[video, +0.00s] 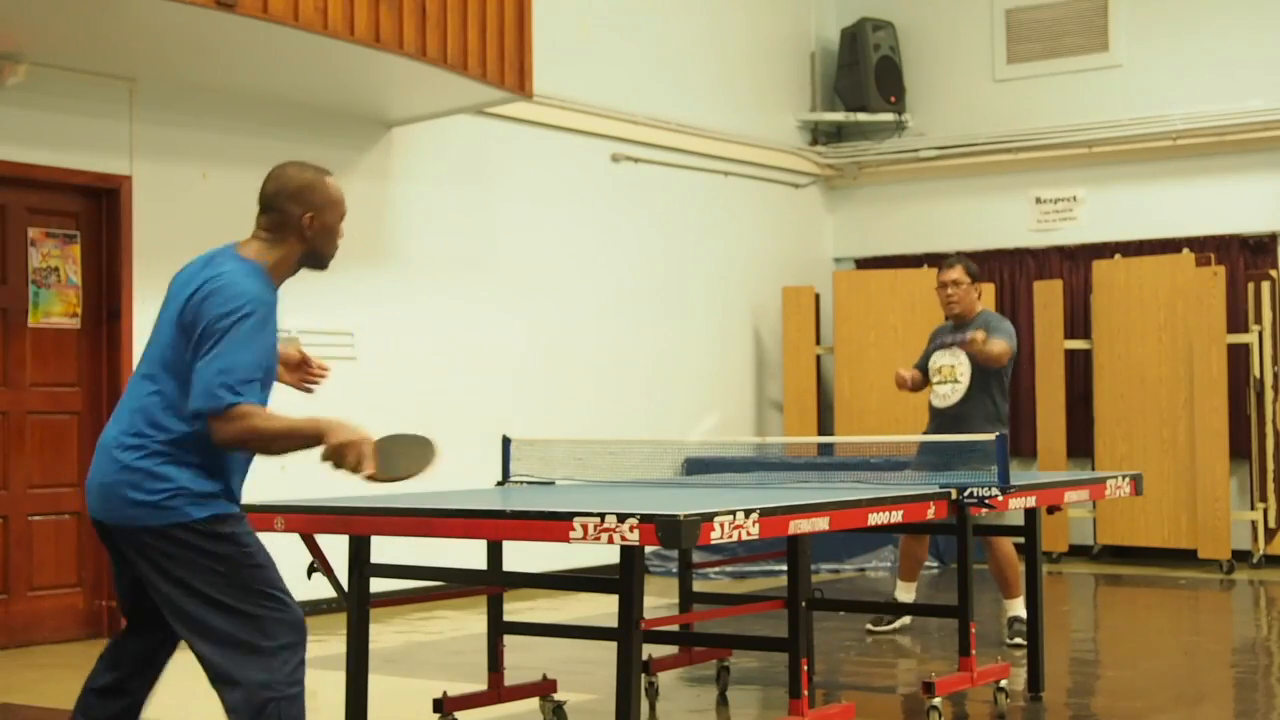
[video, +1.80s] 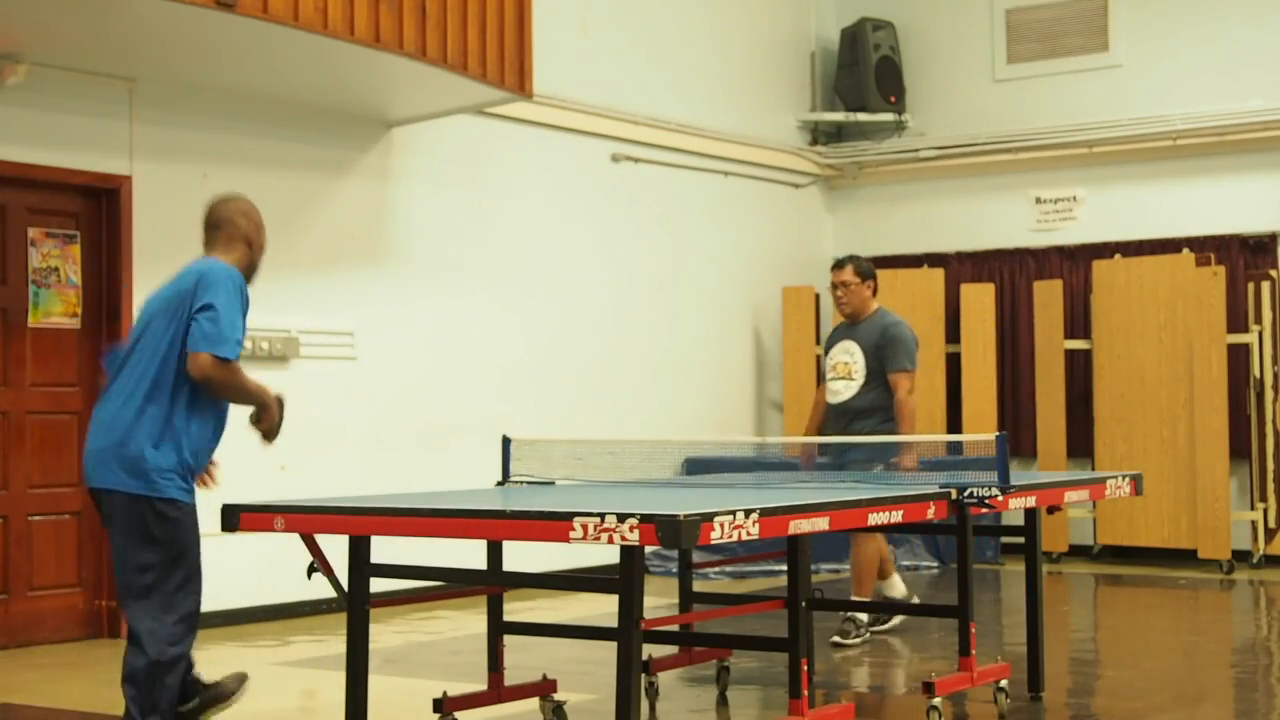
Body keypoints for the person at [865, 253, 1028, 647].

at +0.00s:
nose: (947, 293)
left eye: (955, 285)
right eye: (942, 287)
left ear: (976, 288)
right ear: (937, 292)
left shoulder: (996, 325)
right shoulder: (940, 334)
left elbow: (1000, 354)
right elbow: (923, 374)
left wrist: (979, 349)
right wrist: (909, 378)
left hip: (982, 444)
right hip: (937, 444)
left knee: (993, 527)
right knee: (915, 519)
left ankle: (1017, 614)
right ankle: (902, 604)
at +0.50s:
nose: (943, 309)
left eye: (950, 301)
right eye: (936, 302)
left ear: (968, 302)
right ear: (929, 306)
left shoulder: (994, 341)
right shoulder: (925, 346)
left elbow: (1024, 386)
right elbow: (900, 390)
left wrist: (978, 408)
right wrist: (897, 405)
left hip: (981, 453)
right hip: (932, 453)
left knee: (998, 529)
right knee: (910, 524)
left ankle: (1026, 613)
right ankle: (906, 610)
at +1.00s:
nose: (910, 307)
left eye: (918, 299)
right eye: (905, 301)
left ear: (942, 300)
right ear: (903, 306)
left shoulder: (968, 341)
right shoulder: (913, 346)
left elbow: (967, 401)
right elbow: (889, 391)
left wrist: (931, 444)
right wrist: (875, 367)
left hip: (970, 452)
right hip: (925, 453)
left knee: (991, 531)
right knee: (903, 524)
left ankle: (1024, 614)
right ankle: (909, 611)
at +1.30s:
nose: (870, 298)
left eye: (876, 290)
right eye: (866, 293)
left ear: (901, 288)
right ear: (866, 297)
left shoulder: (929, 325)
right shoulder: (876, 335)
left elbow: (940, 382)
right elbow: (838, 367)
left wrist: (920, 435)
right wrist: (843, 325)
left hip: (933, 438)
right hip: (890, 441)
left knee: (939, 519)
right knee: (897, 523)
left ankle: (966, 603)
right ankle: (908, 610)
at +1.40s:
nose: (860, 298)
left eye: (867, 290)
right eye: (856, 293)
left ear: (889, 289)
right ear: (854, 297)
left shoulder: (919, 324)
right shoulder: (865, 340)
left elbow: (936, 379)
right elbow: (829, 376)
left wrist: (917, 433)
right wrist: (833, 330)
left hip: (920, 441)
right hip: (884, 444)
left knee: (918, 521)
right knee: (897, 523)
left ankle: (924, 612)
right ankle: (906, 608)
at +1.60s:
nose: (846, 301)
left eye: (853, 292)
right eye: (842, 295)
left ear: (875, 291)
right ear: (839, 299)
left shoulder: (905, 330)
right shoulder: (847, 344)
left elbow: (920, 388)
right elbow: (832, 394)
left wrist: (922, 441)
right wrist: (814, 380)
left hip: (897, 444)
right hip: (863, 446)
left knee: (883, 521)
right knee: (887, 522)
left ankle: (865, 610)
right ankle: (909, 607)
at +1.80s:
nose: (839, 295)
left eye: (846, 287)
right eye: (835, 288)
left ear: (869, 287)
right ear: (832, 292)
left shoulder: (893, 331)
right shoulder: (835, 335)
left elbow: (905, 394)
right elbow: (825, 392)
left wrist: (908, 449)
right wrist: (810, 439)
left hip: (875, 446)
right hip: (838, 447)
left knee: (862, 523)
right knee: (860, 522)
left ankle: (858, 612)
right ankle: (896, 594)